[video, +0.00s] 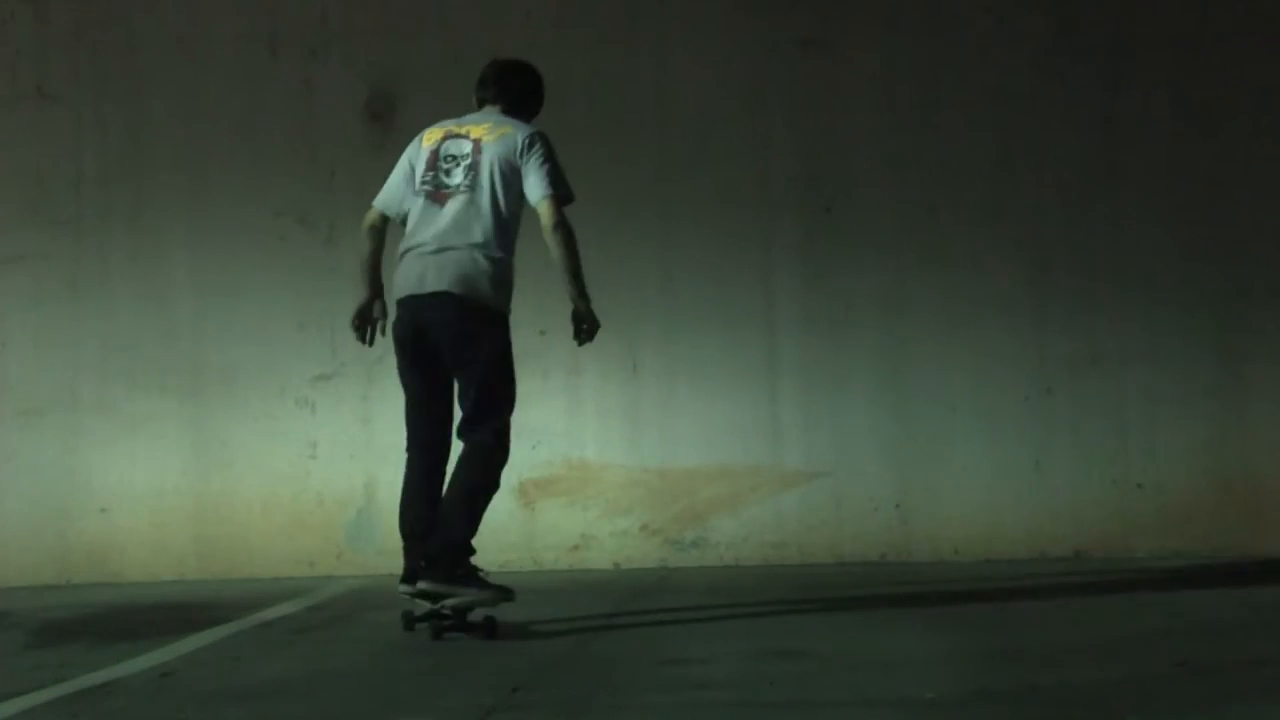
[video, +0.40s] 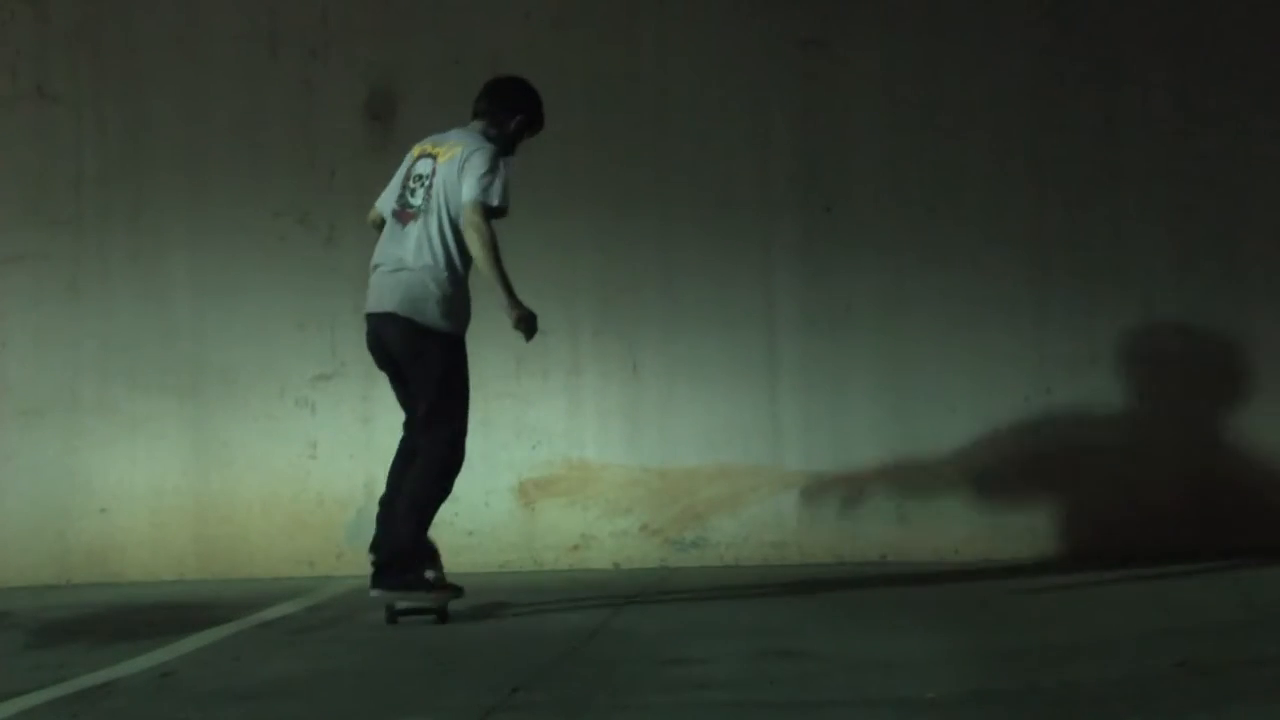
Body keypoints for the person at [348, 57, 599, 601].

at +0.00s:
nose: (532, 119)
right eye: (534, 111)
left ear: (480, 96)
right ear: (530, 105)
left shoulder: (430, 137)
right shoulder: (523, 139)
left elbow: (375, 220)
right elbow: (554, 221)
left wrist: (372, 292)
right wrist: (579, 299)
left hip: (411, 302)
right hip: (472, 301)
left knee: (423, 436)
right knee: (487, 433)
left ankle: (417, 567)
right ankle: (449, 558)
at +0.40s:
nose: (520, 146)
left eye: (527, 137)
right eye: (526, 134)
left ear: (478, 112)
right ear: (514, 121)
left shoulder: (424, 148)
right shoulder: (483, 153)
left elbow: (378, 216)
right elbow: (472, 217)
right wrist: (512, 302)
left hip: (384, 313)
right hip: (427, 315)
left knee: (421, 429)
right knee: (444, 438)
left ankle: (394, 556)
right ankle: (402, 564)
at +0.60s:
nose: (513, 162)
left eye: (519, 152)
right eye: (517, 150)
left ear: (474, 129)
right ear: (502, 138)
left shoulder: (432, 160)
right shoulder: (469, 170)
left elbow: (416, 234)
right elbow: (465, 232)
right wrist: (514, 305)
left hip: (387, 318)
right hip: (412, 327)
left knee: (470, 391)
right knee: (424, 446)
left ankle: (428, 501)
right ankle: (387, 573)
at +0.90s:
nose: (515, 171)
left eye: (519, 161)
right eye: (516, 159)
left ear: (479, 144)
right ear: (497, 149)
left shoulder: (437, 172)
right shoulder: (461, 189)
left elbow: (407, 240)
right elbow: (494, 270)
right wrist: (567, 312)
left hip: (437, 330)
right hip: (409, 339)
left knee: (516, 393)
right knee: (434, 456)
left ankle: (512, 500)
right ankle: (439, 567)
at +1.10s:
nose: (515, 169)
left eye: (520, 159)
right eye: (515, 157)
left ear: (482, 146)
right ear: (492, 149)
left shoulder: (449, 174)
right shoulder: (448, 187)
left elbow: (445, 221)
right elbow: (448, 277)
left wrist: (482, 245)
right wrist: (512, 333)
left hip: (442, 330)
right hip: (405, 337)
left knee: (517, 387)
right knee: (435, 450)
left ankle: (513, 496)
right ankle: (441, 566)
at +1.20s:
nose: (511, 168)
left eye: (515, 158)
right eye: (510, 156)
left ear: (480, 146)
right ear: (484, 146)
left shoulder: (454, 183)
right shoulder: (438, 185)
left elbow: (467, 218)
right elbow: (410, 268)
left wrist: (526, 231)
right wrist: (442, 344)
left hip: (441, 321)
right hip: (403, 332)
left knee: (521, 374)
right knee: (438, 447)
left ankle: (500, 482)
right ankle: (442, 566)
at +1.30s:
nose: (497, 163)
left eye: (501, 152)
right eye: (493, 151)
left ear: (470, 147)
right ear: (464, 143)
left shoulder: (464, 188)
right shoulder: (415, 191)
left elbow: (510, 207)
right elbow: (370, 261)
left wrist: (579, 220)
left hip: (445, 327)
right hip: (404, 338)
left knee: (521, 384)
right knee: (439, 451)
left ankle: (512, 485)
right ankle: (441, 566)